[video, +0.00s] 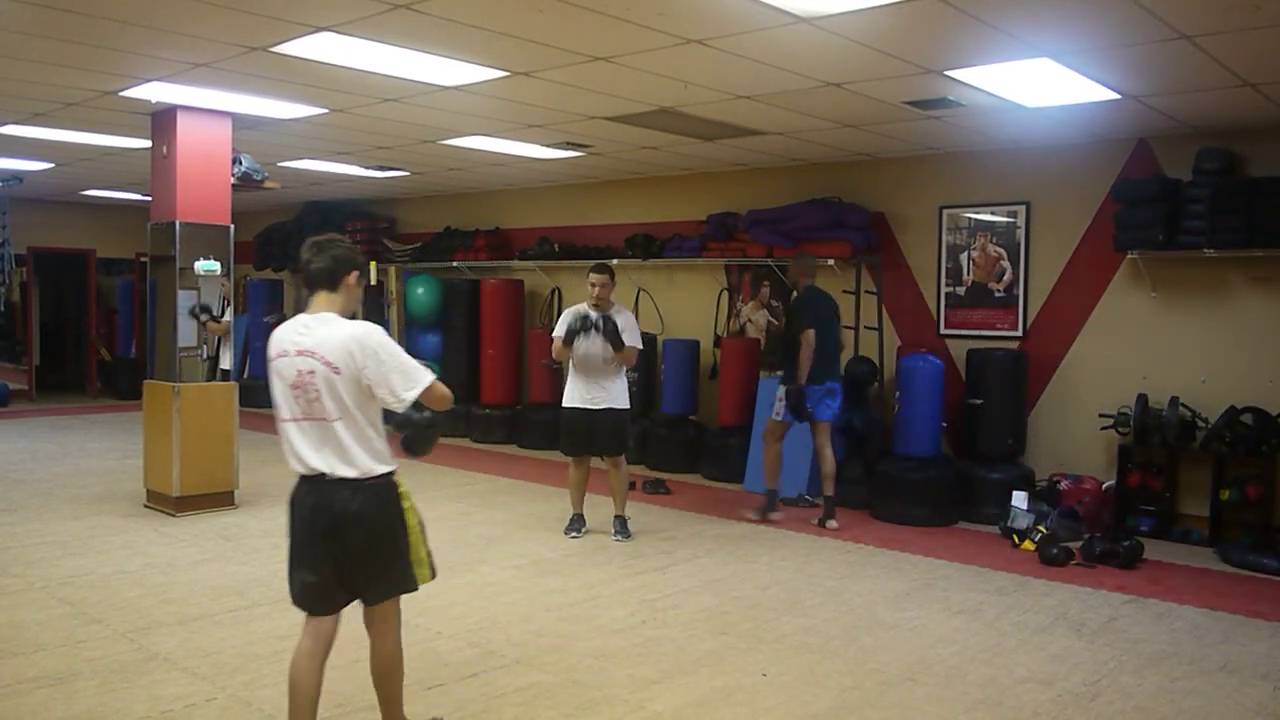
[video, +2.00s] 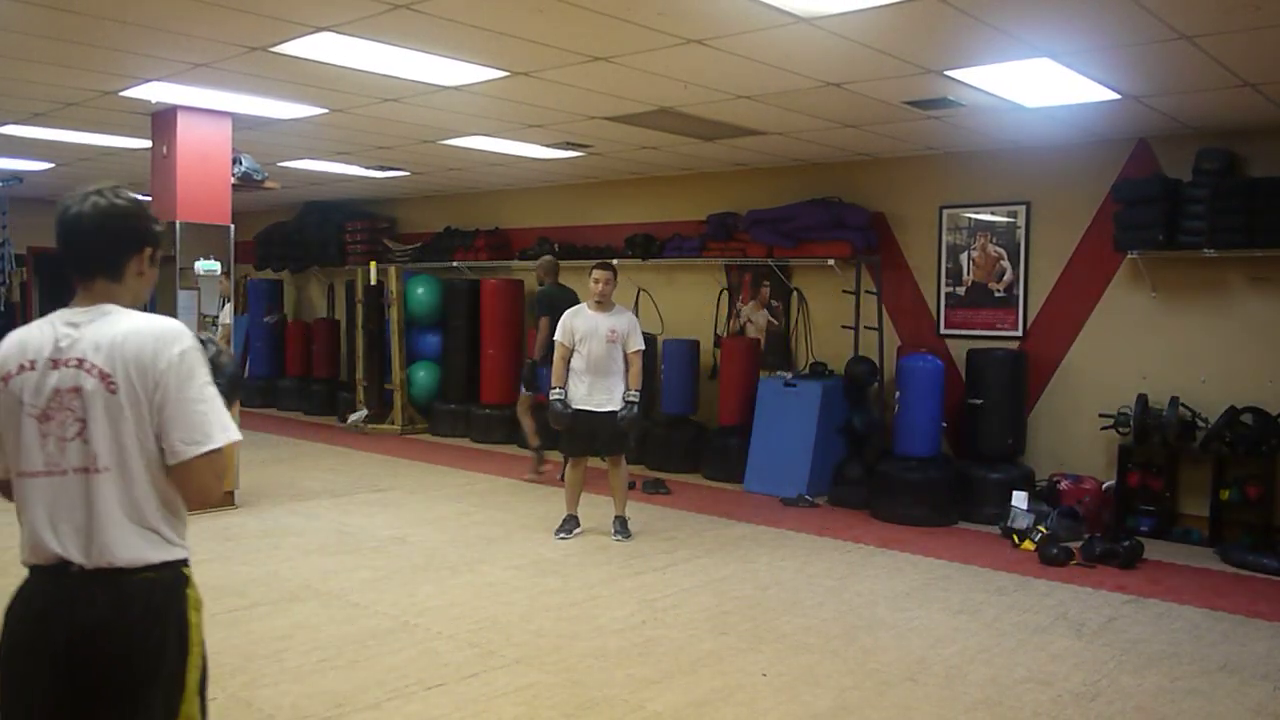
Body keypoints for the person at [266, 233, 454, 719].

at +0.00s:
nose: (362, 290)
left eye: (362, 283)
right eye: (361, 282)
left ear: (307, 281)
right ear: (350, 280)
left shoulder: (280, 338)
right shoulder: (362, 336)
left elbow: (315, 404)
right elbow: (440, 398)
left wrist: (389, 428)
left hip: (311, 499)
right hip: (371, 501)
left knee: (316, 631)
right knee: (384, 629)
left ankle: (300, 717)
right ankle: (395, 717)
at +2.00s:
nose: (153, 273)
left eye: (155, 260)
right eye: (155, 260)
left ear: (71, 258)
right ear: (142, 262)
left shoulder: (14, 349)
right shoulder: (163, 341)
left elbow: (9, 481)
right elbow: (206, 489)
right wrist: (213, 407)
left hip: (43, 603)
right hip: (147, 610)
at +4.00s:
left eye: (482, 291)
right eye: (542, 286)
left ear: (482, 295)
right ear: (537, 289)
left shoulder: (461, 349)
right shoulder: (571, 345)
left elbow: (453, 435)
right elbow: (607, 432)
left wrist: (506, 426)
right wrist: (553, 418)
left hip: (481, 518)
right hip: (549, 519)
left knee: (495, 645)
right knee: (550, 646)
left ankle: (491, 719)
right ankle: (536, 715)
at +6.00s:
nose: (569, 287)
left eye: (569, 281)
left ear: (573, 284)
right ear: (627, 281)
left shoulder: (551, 341)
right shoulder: (659, 334)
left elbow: (547, 427)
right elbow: (660, 407)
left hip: (575, 512)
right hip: (645, 511)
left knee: (559, 654)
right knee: (650, 642)